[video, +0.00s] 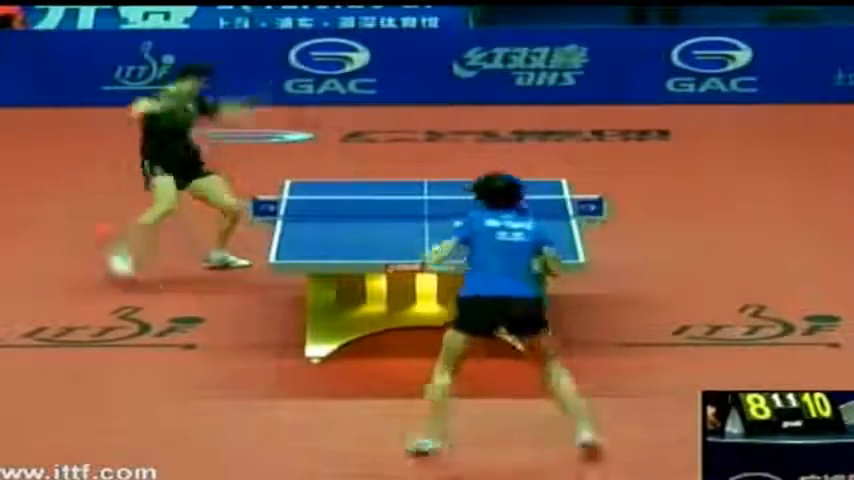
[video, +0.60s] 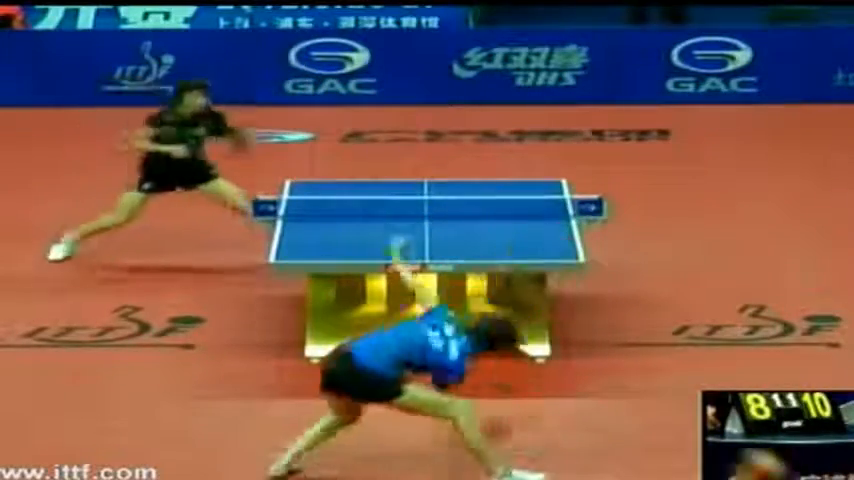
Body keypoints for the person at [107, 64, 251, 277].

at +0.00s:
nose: (196, 88)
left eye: (199, 84)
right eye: (193, 83)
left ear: (199, 86)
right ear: (182, 82)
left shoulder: (195, 101)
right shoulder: (163, 100)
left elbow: (216, 112)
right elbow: (146, 106)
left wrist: (242, 112)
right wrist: (142, 108)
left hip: (187, 163)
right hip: (160, 163)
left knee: (231, 208)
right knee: (166, 205)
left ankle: (218, 253)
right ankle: (123, 252)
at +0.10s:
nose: (168, 72)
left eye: (169, 68)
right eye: (163, 68)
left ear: (171, 70)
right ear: (151, 69)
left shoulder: (176, 87)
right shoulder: (133, 96)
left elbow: (194, 57)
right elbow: (108, 106)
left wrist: (166, 44)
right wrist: (92, 113)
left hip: (188, 160)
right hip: (151, 163)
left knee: (230, 201)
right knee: (130, 206)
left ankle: (227, 246)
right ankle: (88, 226)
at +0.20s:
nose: (147, 80)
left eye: (149, 74)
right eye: (141, 75)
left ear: (153, 75)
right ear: (128, 78)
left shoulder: (160, 90)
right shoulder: (116, 102)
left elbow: (180, 73)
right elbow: (94, 112)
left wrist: (178, 61)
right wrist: (81, 119)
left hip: (176, 155)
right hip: (140, 163)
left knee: (227, 196)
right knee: (112, 213)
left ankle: (249, 234)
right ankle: (72, 230)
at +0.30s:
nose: (134, 98)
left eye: (136, 93)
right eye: (129, 93)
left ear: (139, 94)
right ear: (116, 96)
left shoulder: (148, 110)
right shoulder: (101, 119)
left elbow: (174, 107)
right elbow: (73, 142)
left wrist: (187, 102)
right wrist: (76, 150)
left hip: (154, 170)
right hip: (119, 176)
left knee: (215, 190)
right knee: (96, 228)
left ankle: (257, 210)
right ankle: (64, 246)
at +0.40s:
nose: (136, 108)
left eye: (138, 102)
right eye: (131, 103)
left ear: (140, 104)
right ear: (117, 105)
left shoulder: (149, 120)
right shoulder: (101, 124)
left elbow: (178, 133)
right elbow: (79, 149)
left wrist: (188, 124)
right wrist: (98, 159)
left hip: (154, 171)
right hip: (120, 177)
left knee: (220, 192)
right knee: (96, 228)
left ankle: (263, 212)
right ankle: (63, 246)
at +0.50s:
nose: (167, 106)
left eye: (169, 101)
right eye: (162, 102)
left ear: (171, 104)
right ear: (149, 103)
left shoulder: (177, 121)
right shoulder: (131, 122)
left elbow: (192, 134)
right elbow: (112, 149)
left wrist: (207, 139)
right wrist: (142, 153)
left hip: (174, 172)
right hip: (138, 177)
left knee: (223, 199)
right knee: (105, 225)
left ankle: (267, 224)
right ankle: (66, 244)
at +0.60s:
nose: (201, 102)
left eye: (203, 98)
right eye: (195, 98)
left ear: (205, 100)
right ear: (182, 99)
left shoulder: (210, 118)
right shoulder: (162, 119)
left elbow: (229, 134)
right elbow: (137, 143)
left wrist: (240, 138)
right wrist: (168, 149)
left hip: (193, 170)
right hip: (157, 173)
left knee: (239, 200)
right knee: (122, 217)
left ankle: (278, 239)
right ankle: (70, 239)